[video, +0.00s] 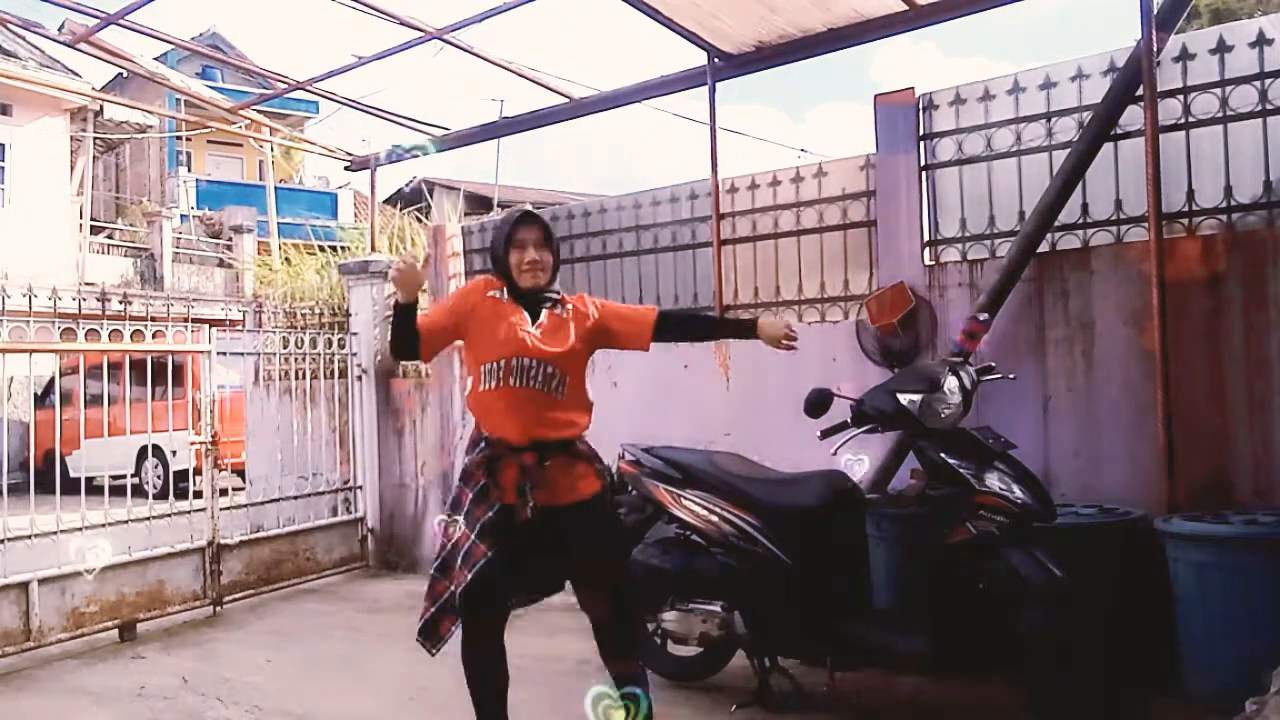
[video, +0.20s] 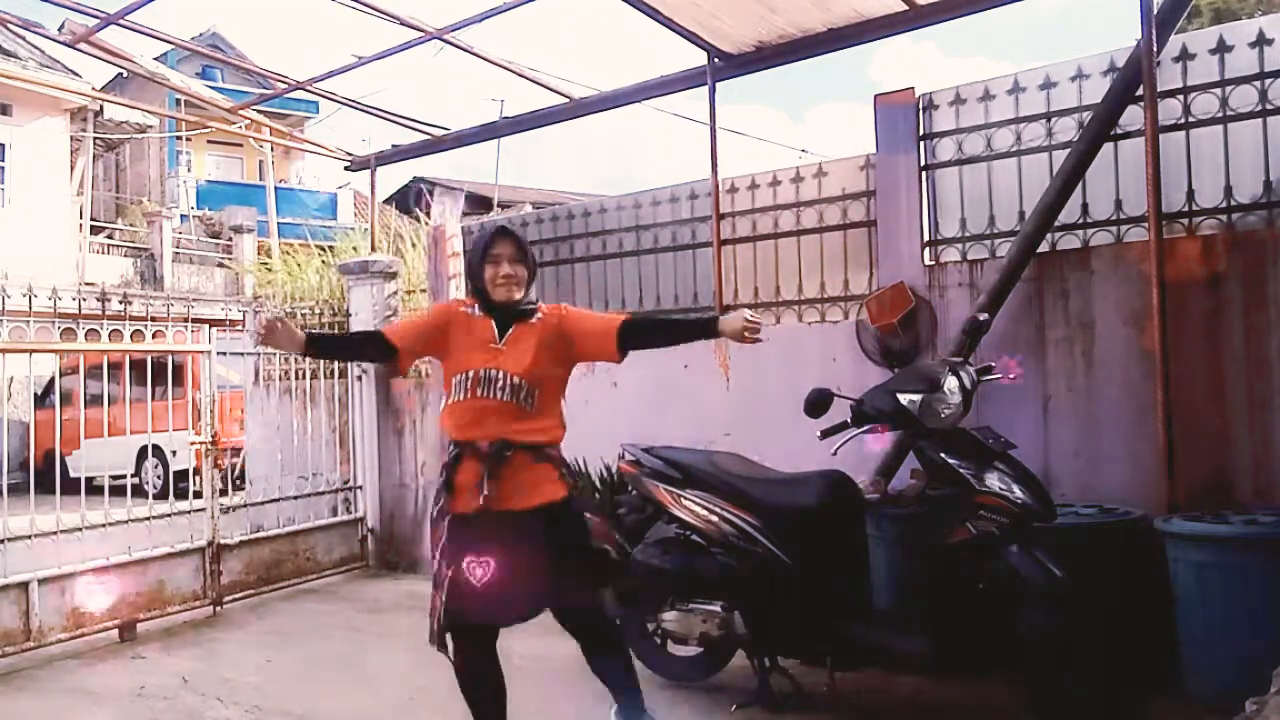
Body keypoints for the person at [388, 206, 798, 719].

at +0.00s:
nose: (533, 256)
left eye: (542, 246)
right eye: (520, 246)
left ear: (555, 254)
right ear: (502, 257)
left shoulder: (582, 313)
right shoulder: (476, 301)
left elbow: (664, 323)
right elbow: (406, 350)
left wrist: (753, 327)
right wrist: (406, 299)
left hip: (572, 475)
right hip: (498, 481)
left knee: (609, 605)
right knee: (480, 612)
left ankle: (638, 711)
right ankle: (491, 717)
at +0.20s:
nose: (507, 272)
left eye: (517, 263)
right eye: (496, 263)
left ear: (530, 271)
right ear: (476, 271)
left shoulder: (556, 325)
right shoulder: (450, 321)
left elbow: (633, 331)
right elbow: (378, 344)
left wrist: (717, 325)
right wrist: (304, 343)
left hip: (544, 502)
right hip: (469, 508)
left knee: (583, 615)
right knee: (467, 639)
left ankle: (632, 707)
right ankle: (492, 719)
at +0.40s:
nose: (499, 283)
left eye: (508, 273)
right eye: (487, 275)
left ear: (524, 282)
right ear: (471, 286)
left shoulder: (555, 338)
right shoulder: (449, 343)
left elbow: (618, 337)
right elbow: (376, 383)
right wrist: (336, 326)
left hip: (532, 504)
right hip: (460, 508)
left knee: (580, 629)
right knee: (460, 644)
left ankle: (581, 714)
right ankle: (488, 716)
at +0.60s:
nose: (484, 248)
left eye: (496, 238)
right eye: (473, 239)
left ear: (514, 249)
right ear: (458, 252)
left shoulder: (534, 311)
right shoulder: (439, 310)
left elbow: (621, 330)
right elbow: (393, 324)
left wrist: (630, 265)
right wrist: (413, 270)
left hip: (532, 487)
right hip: (463, 497)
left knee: (565, 619)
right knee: (474, 636)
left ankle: (613, 715)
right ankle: (491, 717)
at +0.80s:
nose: (491, 255)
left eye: (504, 245)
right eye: (481, 245)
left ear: (524, 255)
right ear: (466, 255)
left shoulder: (546, 310)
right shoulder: (443, 304)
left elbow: (622, 310)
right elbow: (369, 300)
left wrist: (678, 267)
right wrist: (335, 265)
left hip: (549, 496)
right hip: (479, 506)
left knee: (587, 631)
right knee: (475, 646)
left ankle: (622, 714)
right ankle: (496, 716)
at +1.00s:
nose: (505, 272)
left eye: (516, 263)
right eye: (495, 263)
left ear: (536, 271)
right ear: (484, 272)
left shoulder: (560, 323)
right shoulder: (472, 327)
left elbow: (589, 317)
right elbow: (386, 339)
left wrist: (546, 268)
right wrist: (297, 319)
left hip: (539, 514)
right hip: (473, 516)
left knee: (554, 641)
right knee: (446, 640)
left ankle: (605, 717)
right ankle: (497, 717)